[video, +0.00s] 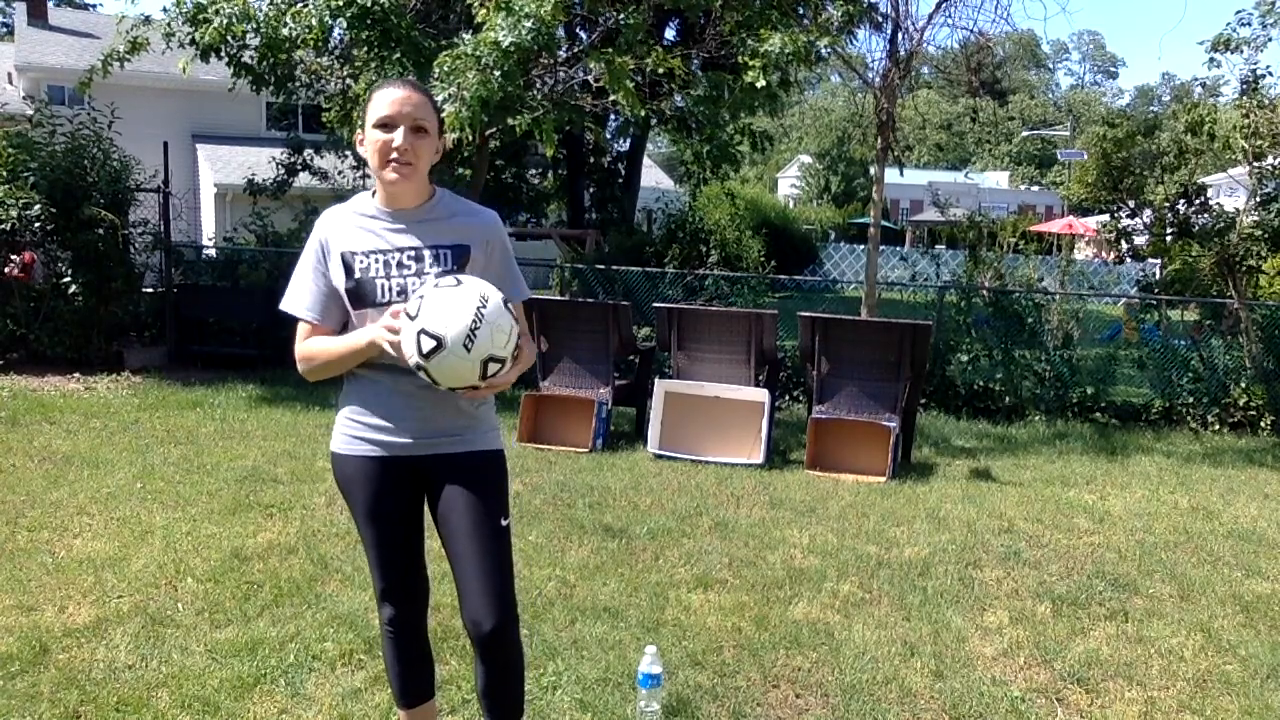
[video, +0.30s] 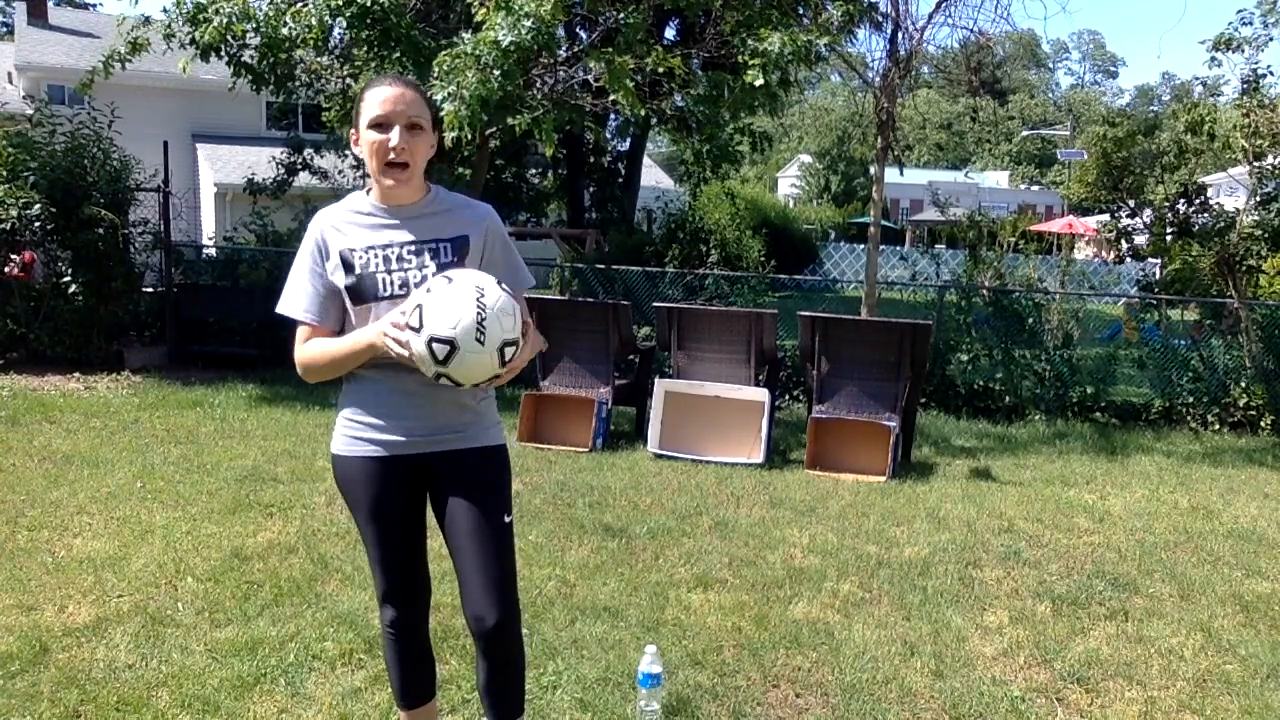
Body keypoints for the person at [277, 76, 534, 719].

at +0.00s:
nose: (399, 140)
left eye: (417, 128)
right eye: (385, 126)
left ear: (439, 144)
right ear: (361, 141)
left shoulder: (482, 226)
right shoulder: (335, 228)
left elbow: (524, 337)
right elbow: (308, 357)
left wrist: (511, 368)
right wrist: (370, 338)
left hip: (468, 441)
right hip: (373, 444)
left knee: (493, 622)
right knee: (400, 610)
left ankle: (505, 719)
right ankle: (419, 714)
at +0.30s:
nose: (397, 140)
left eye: (412, 126)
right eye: (380, 127)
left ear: (434, 140)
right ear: (357, 141)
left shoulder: (478, 221)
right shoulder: (331, 227)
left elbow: (526, 323)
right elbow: (308, 359)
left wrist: (526, 348)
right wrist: (372, 340)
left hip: (470, 440)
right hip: (374, 444)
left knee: (494, 619)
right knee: (401, 611)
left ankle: (505, 718)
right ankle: (419, 715)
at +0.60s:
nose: (391, 140)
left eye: (408, 128)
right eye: (377, 128)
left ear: (437, 143)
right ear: (361, 143)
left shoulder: (483, 227)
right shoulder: (336, 229)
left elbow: (514, 334)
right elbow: (295, 351)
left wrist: (506, 356)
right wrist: (359, 332)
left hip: (468, 441)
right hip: (373, 442)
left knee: (494, 621)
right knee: (402, 615)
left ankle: (505, 719)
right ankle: (420, 715)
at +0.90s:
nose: (403, 142)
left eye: (419, 129)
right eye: (387, 128)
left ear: (438, 143)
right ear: (361, 142)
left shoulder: (481, 222)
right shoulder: (334, 228)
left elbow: (535, 343)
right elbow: (306, 359)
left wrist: (516, 334)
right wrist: (363, 330)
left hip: (472, 439)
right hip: (377, 442)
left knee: (496, 618)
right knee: (402, 610)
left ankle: (506, 719)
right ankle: (419, 716)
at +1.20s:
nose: (398, 144)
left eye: (414, 130)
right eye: (382, 132)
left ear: (440, 144)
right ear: (363, 149)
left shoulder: (485, 227)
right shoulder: (339, 230)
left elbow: (513, 333)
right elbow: (299, 350)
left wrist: (500, 361)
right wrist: (358, 340)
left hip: (471, 441)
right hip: (377, 443)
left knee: (495, 621)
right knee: (402, 610)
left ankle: (505, 718)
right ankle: (419, 714)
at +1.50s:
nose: (409, 146)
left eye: (424, 132)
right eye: (392, 133)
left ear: (444, 143)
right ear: (369, 147)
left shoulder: (487, 226)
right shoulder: (341, 227)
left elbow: (526, 345)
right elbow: (308, 354)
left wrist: (511, 351)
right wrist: (363, 330)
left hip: (472, 439)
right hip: (377, 439)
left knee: (496, 618)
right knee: (402, 607)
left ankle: (506, 719)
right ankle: (419, 715)